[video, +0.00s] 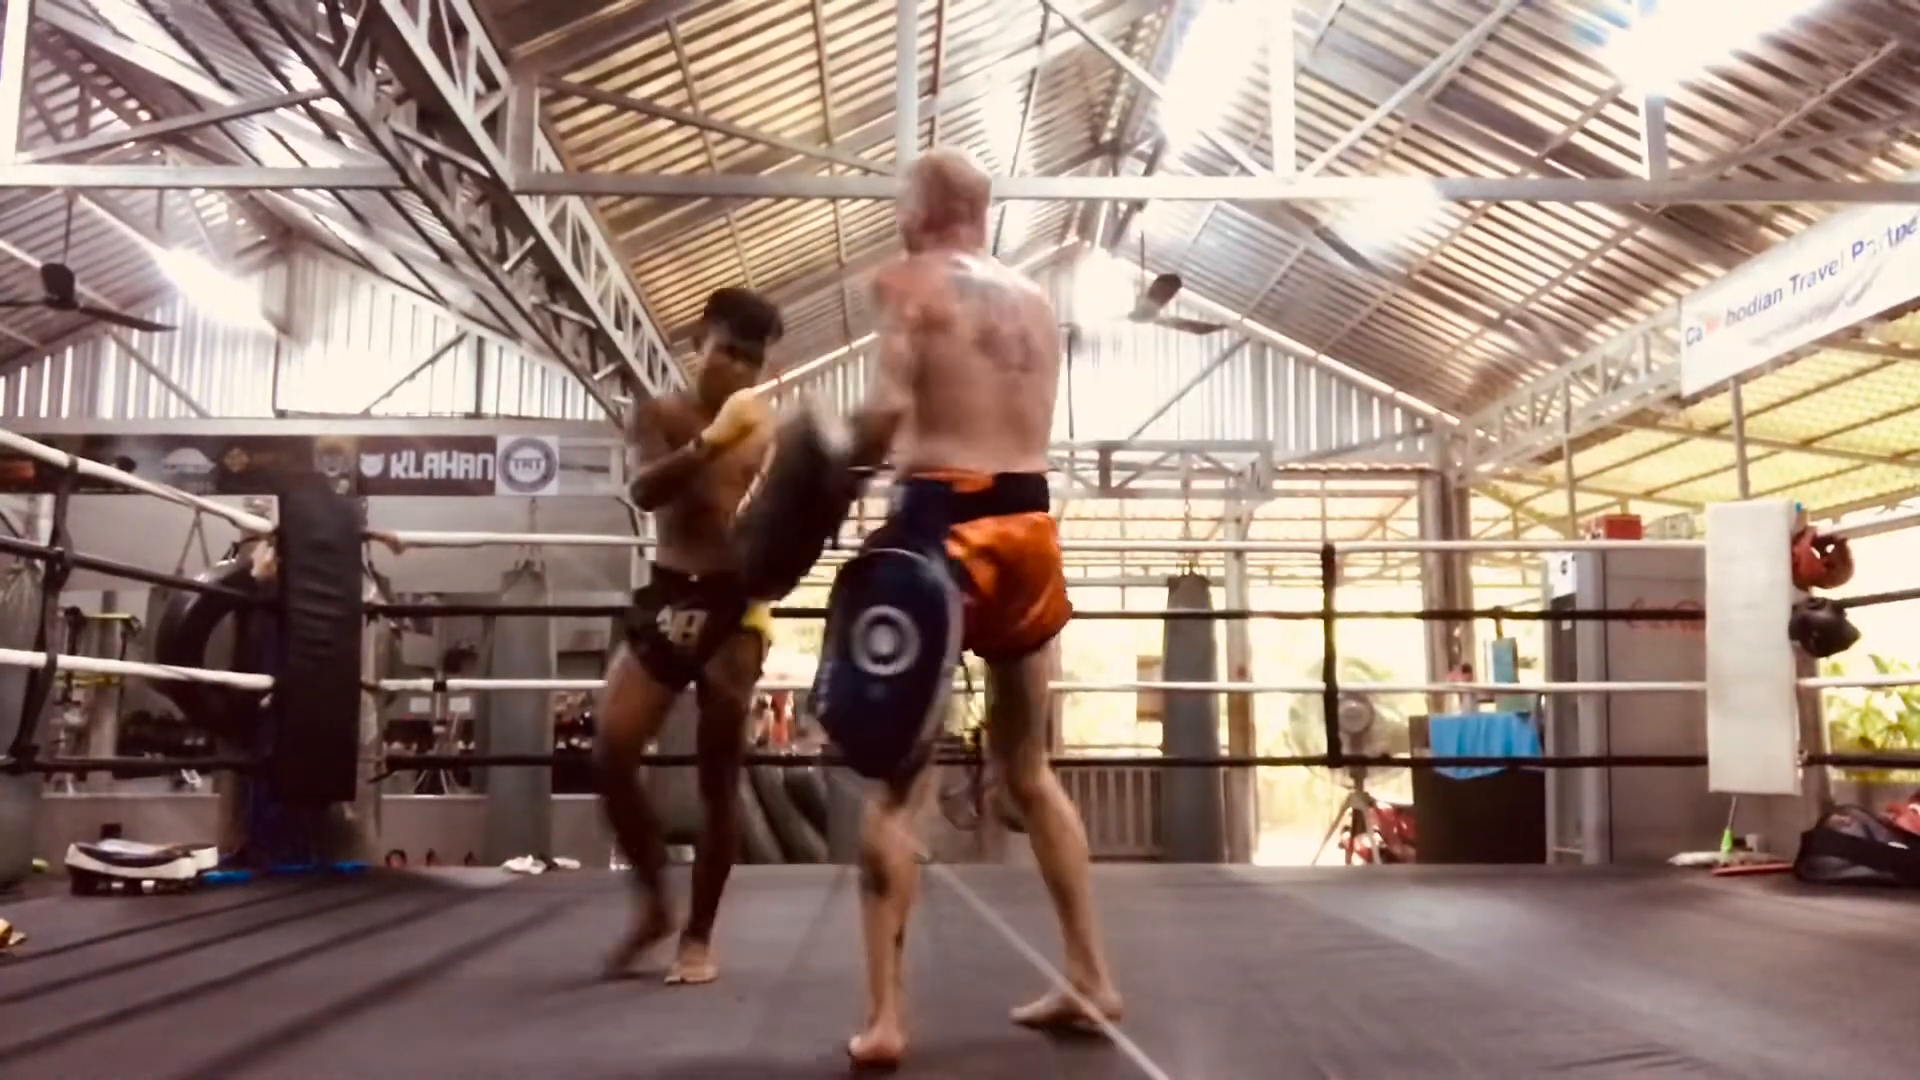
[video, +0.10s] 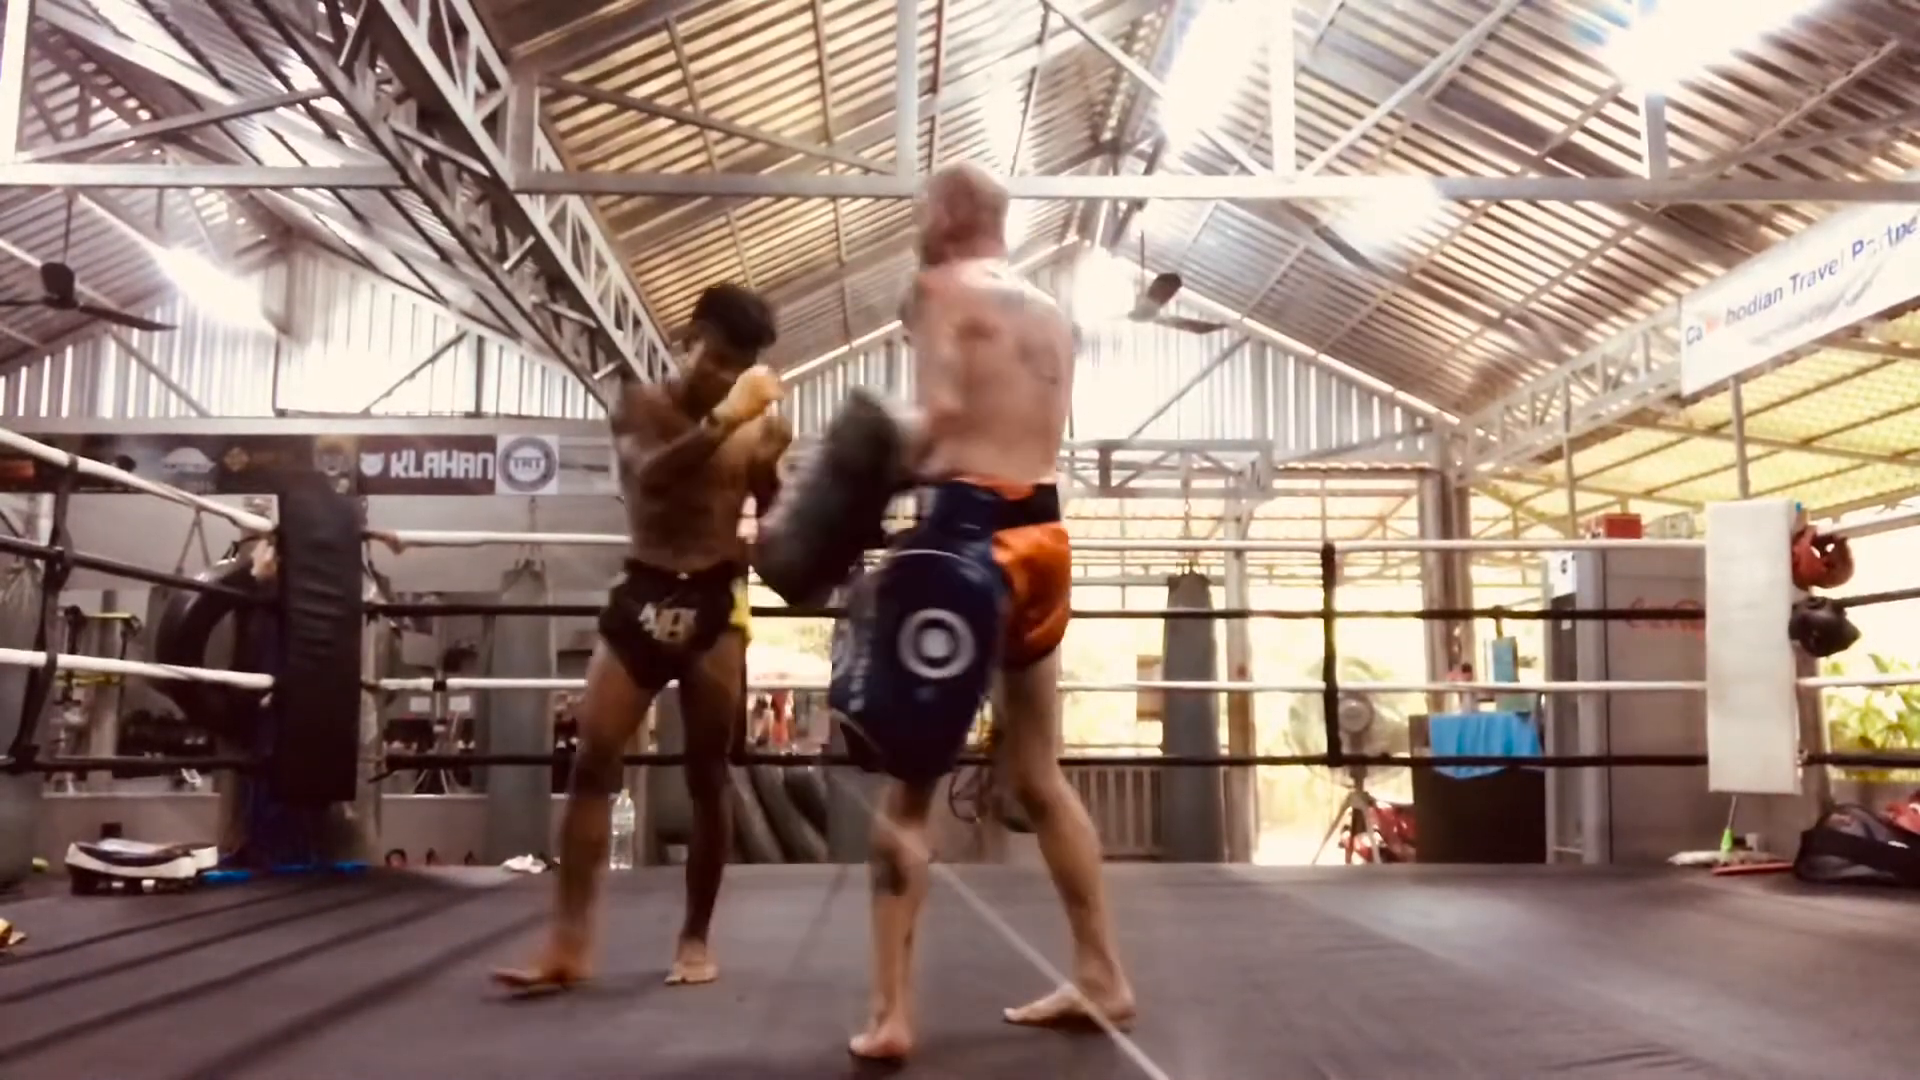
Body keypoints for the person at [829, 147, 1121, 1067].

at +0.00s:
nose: (898, 225)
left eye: (903, 212)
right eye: (904, 212)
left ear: (922, 214)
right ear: (982, 217)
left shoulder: (909, 281)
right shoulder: (1037, 301)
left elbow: (887, 410)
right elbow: (1029, 425)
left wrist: (840, 457)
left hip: (938, 526)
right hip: (1029, 525)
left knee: (896, 793)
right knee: (1030, 774)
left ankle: (884, 1017)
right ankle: (1090, 982)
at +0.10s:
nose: (919, 228)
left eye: (924, 213)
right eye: (923, 213)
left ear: (950, 214)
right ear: (998, 220)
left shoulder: (944, 288)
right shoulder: (1052, 314)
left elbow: (941, 409)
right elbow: (1040, 437)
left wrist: (868, 464)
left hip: (958, 533)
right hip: (1040, 534)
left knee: (907, 795)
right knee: (1039, 778)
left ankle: (891, 1012)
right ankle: (1100, 979)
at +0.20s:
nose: (926, 242)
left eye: (933, 226)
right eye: (929, 226)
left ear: (965, 228)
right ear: (1007, 234)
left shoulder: (971, 305)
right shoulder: (1061, 323)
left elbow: (987, 419)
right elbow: (964, 423)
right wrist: (928, 347)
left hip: (987, 548)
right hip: (1055, 539)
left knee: (928, 788)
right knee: (1051, 777)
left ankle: (913, 1006)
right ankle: (1102, 982)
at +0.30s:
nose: (931, 264)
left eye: (937, 248)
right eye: (930, 251)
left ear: (975, 241)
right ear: (990, 240)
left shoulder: (1018, 299)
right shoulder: (1016, 321)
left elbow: (1057, 385)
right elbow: (958, 449)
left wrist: (989, 485)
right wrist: (916, 362)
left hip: (1013, 562)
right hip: (1045, 564)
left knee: (961, 778)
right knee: (1062, 776)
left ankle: (936, 997)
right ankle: (1103, 982)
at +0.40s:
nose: (934, 277)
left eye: (939, 259)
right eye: (931, 263)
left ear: (982, 250)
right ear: (981, 254)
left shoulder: (1040, 305)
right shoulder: (1013, 350)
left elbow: (1113, 393)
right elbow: (929, 439)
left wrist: (1082, 512)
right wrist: (848, 372)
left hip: (1053, 524)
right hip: (1043, 527)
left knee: (1002, 757)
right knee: (1070, 771)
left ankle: (984, 998)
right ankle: (1103, 984)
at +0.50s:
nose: (948, 268)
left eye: (955, 250)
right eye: (944, 254)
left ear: (1004, 240)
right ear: (997, 245)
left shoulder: (1059, 297)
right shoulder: (1007, 351)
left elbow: (1139, 381)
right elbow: (916, 419)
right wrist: (823, 367)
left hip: (1078, 516)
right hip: (1058, 526)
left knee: (1038, 749)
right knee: (1081, 769)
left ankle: (1073, 994)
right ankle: (1104, 989)